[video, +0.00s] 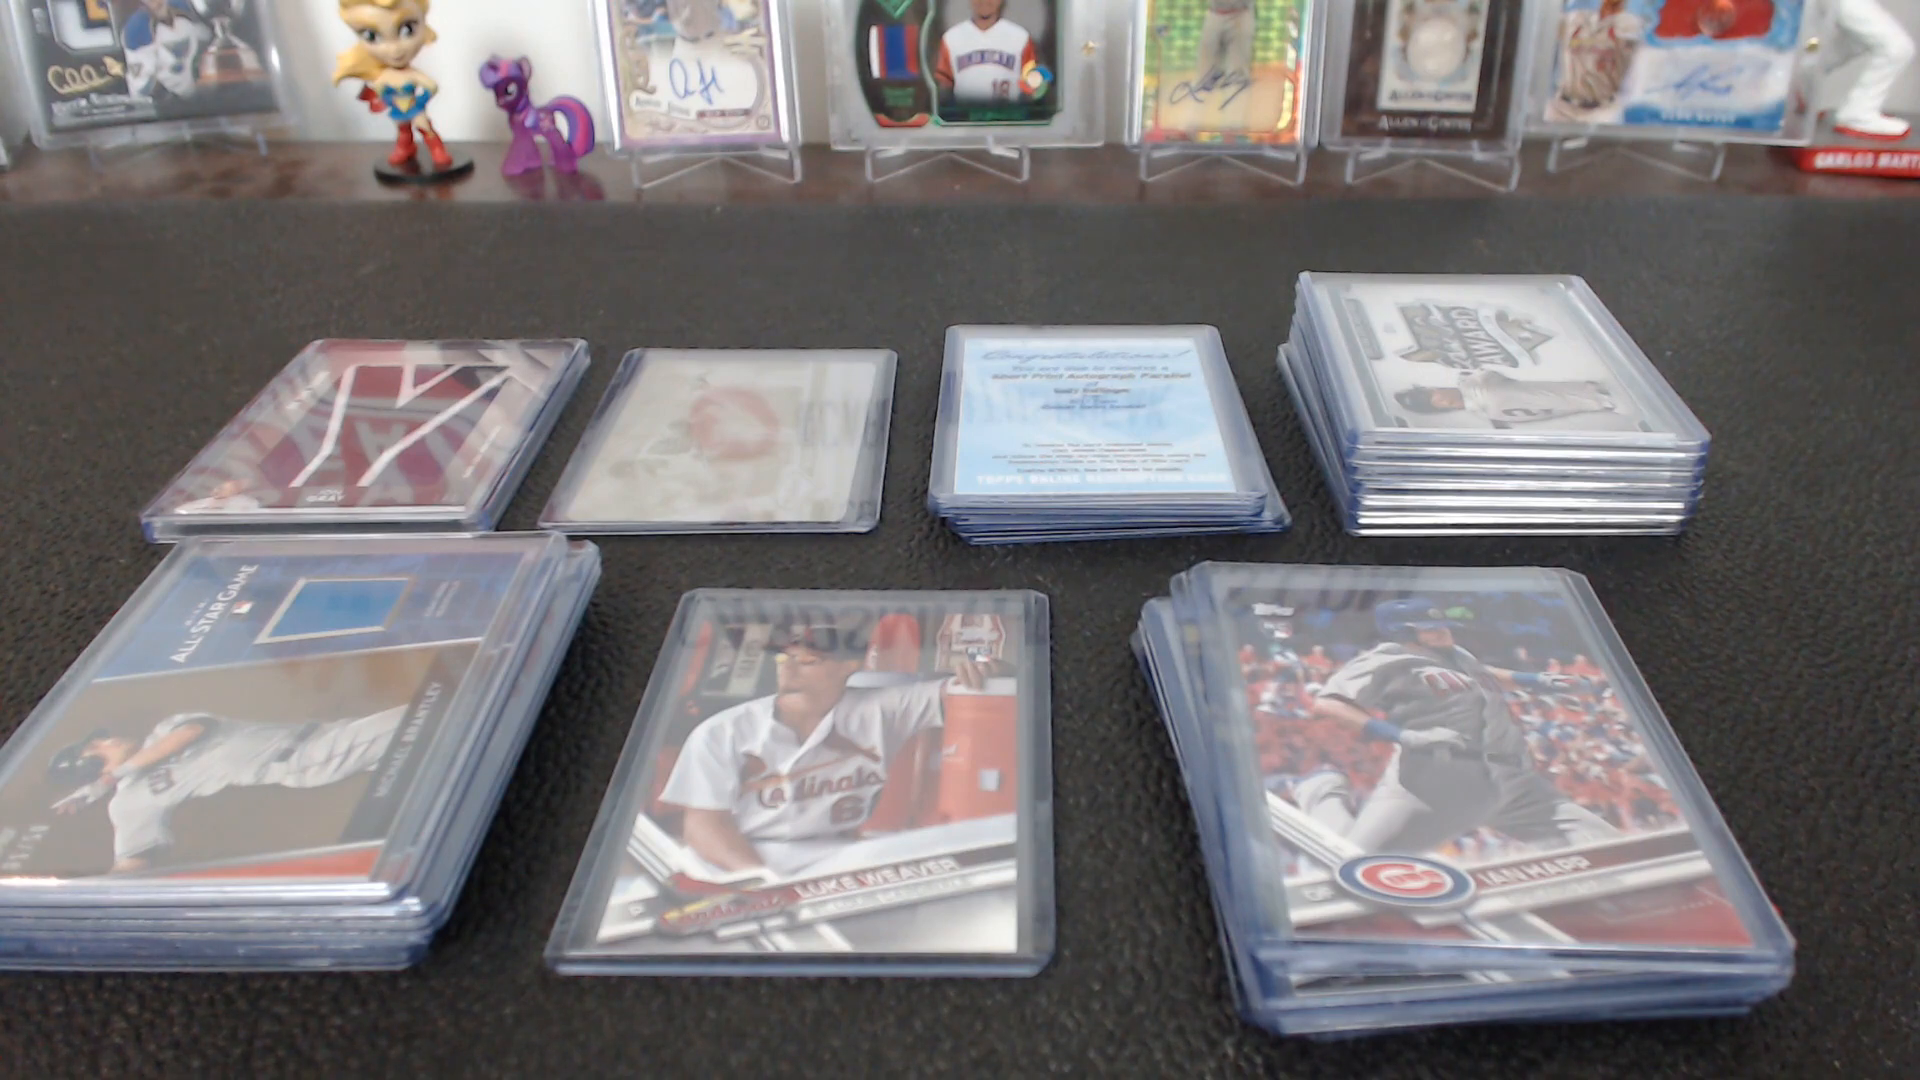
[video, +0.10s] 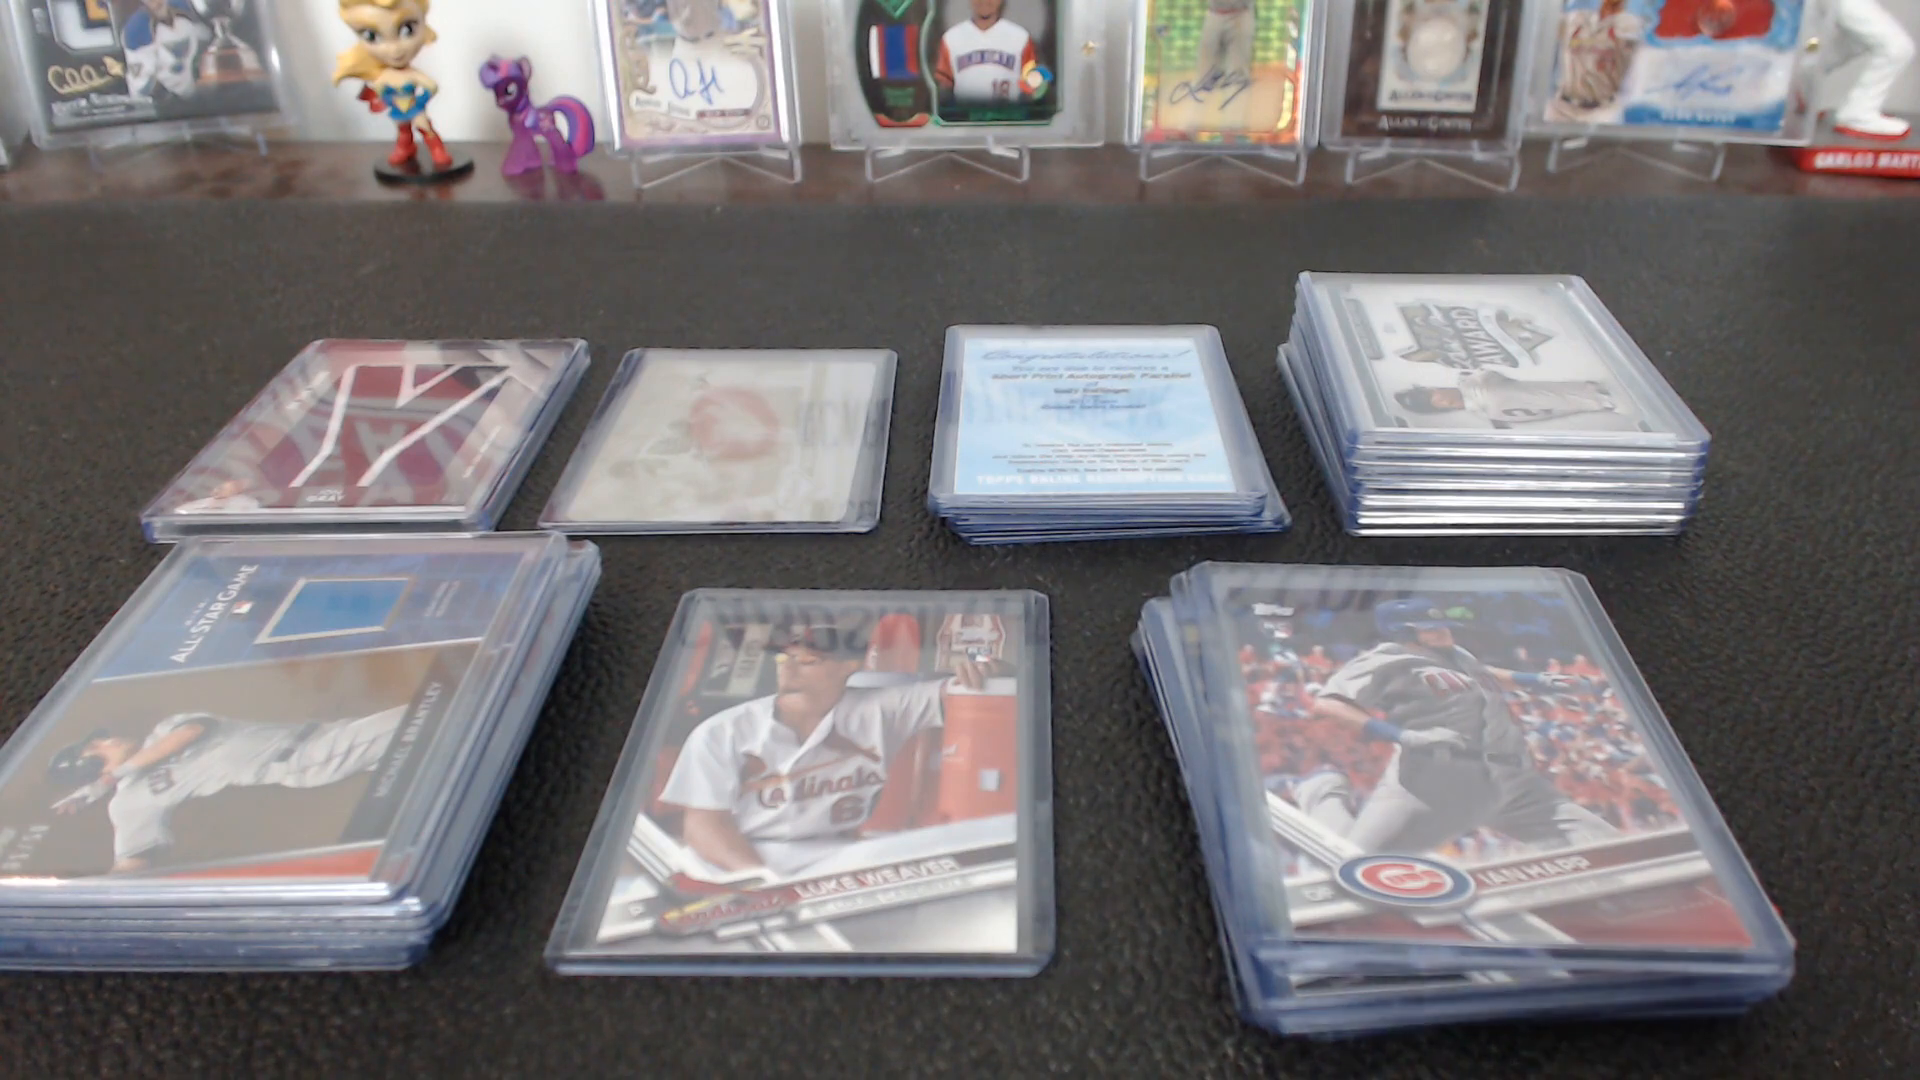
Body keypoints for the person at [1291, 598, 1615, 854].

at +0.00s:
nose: (1445, 631)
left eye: (1444, 622)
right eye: (1433, 623)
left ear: (1445, 625)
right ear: (1405, 629)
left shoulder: (1459, 657)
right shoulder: (1387, 659)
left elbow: (1491, 677)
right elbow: (1328, 704)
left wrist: (1542, 682)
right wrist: (1404, 736)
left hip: (1510, 787)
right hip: (1431, 792)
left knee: (1609, 847)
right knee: (1352, 867)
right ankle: (1321, 792)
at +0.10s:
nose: (1446, 631)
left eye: (1444, 623)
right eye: (1434, 624)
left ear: (1445, 626)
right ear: (1406, 629)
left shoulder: (1459, 657)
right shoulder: (1387, 659)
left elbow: (1491, 677)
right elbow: (1328, 704)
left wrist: (1542, 682)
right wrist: (1404, 736)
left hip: (1510, 788)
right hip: (1431, 793)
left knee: (1609, 848)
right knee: (1353, 868)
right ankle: (1322, 793)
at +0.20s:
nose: (1446, 630)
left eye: (1446, 621)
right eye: (1434, 622)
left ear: (1447, 624)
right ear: (1407, 628)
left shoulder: (1458, 656)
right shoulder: (1387, 660)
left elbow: (1491, 677)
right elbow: (1328, 705)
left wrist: (1541, 683)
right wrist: (1405, 736)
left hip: (1510, 788)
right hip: (1430, 795)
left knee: (1609, 848)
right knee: (1354, 866)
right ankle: (1321, 794)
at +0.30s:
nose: (1446, 629)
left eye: (1447, 620)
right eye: (1434, 621)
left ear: (1450, 623)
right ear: (1407, 626)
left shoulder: (1459, 656)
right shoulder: (1386, 659)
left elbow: (1491, 677)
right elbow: (1328, 705)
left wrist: (1540, 682)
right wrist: (1405, 736)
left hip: (1510, 787)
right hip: (1431, 793)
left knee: (1610, 849)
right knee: (1354, 866)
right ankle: (1321, 793)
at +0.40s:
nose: (1446, 629)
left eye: (1446, 620)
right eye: (1433, 620)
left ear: (1449, 623)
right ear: (1406, 626)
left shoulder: (1459, 657)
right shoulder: (1386, 659)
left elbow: (1490, 677)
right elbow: (1328, 705)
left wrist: (1541, 682)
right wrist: (1405, 736)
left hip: (1511, 787)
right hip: (1431, 794)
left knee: (1610, 848)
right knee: (1354, 866)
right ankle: (1321, 793)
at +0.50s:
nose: (1446, 629)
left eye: (1446, 621)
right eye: (1434, 621)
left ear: (1448, 624)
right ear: (1407, 627)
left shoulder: (1459, 657)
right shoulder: (1386, 660)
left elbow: (1490, 677)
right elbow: (1328, 705)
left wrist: (1539, 682)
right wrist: (1404, 736)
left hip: (1509, 789)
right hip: (1428, 796)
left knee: (1611, 848)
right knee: (1354, 865)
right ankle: (1321, 793)